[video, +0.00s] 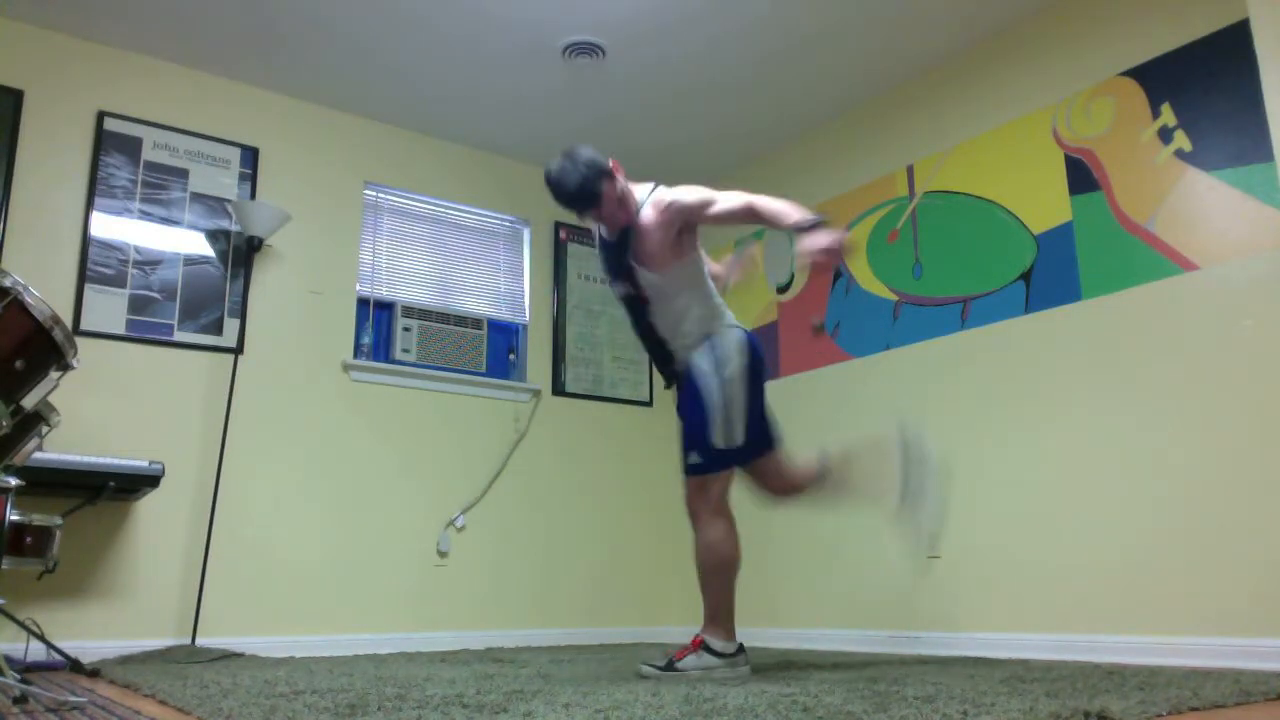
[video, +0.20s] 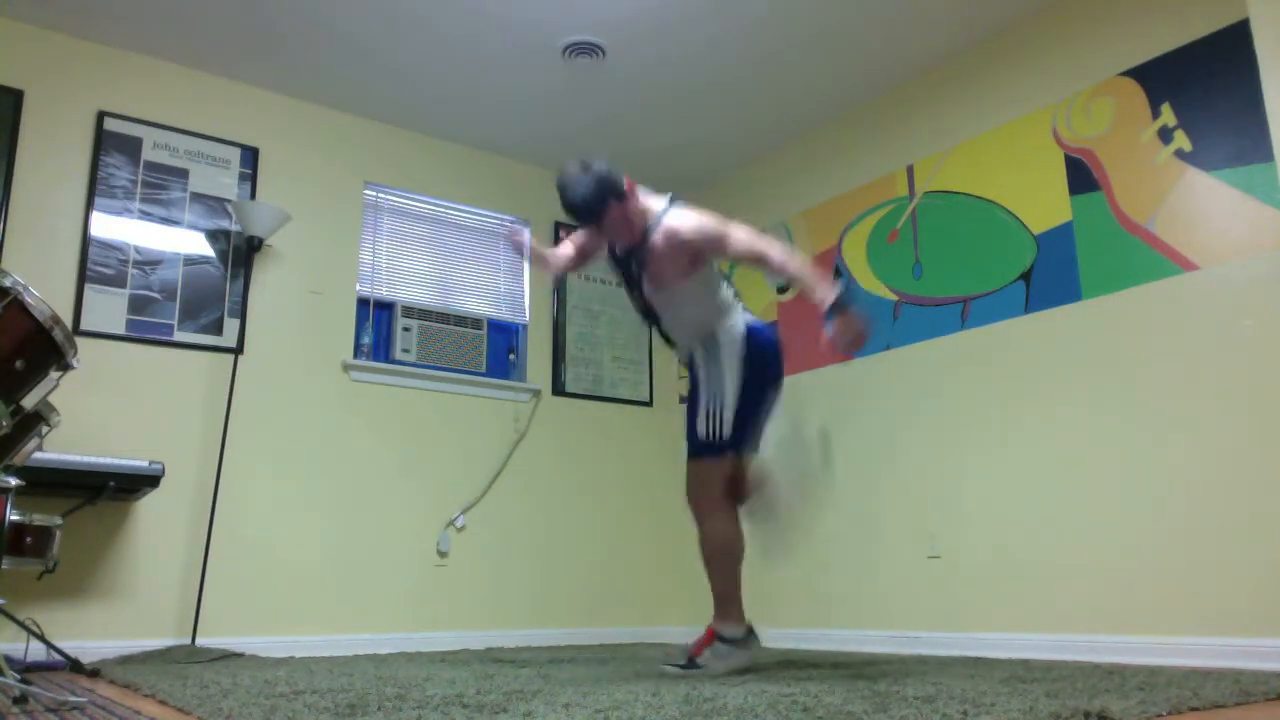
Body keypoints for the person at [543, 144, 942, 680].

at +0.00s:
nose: (605, 218)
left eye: (604, 203)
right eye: (593, 214)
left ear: (615, 175)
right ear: (583, 209)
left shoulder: (666, 206)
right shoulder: (619, 230)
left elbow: (750, 205)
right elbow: (670, 263)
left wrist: (808, 226)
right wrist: (722, 271)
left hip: (715, 357)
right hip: (705, 357)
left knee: (707, 504)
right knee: (781, 480)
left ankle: (719, 641)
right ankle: (893, 460)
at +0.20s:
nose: (616, 231)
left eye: (616, 218)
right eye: (603, 226)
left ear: (629, 192)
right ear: (591, 222)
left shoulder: (677, 227)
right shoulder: (604, 233)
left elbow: (768, 251)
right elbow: (561, 262)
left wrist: (833, 302)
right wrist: (532, 249)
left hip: (733, 351)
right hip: (708, 355)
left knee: (706, 493)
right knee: (730, 485)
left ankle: (732, 633)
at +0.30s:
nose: (607, 264)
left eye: (609, 250)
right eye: (595, 258)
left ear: (629, 222)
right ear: (587, 255)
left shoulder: (680, 255)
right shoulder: (622, 265)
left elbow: (769, 281)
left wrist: (829, 336)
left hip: (731, 381)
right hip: (708, 384)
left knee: (698, 513)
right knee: (732, 518)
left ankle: (736, 640)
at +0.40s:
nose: (612, 273)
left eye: (613, 258)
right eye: (598, 270)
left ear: (625, 228)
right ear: (582, 267)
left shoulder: (674, 259)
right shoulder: (615, 267)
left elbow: (758, 274)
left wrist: (807, 316)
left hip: (735, 380)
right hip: (697, 392)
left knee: (707, 512)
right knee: (703, 518)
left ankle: (737, 640)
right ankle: (824, 572)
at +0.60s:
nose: (606, 204)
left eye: (608, 190)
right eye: (594, 201)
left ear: (622, 161)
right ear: (581, 195)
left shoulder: (671, 204)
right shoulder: (621, 181)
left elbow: (760, 227)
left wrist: (832, 275)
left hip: (705, 334)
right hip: (711, 329)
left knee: (653, 470)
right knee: (725, 472)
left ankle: (690, 610)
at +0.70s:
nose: (606, 214)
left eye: (608, 200)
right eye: (595, 209)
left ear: (624, 171)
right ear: (584, 204)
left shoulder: (671, 210)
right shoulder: (610, 209)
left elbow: (744, 238)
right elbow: (581, 234)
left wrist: (772, 279)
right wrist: (529, 220)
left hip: (723, 342)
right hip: (695, 344)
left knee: (673, 484)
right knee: (673, 478)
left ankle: (696, 635)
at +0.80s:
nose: (606, 230)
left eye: (608, 215)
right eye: (592, 224)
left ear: (622, 186)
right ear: (580, 219)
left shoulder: (669, 223)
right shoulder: (619, 202)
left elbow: (734, 266)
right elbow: (574, 234)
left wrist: (719, 325)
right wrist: (560, 251)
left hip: (717, 361)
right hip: (691, 366)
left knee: (659, 498)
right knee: (660, 501)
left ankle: (699, 646)